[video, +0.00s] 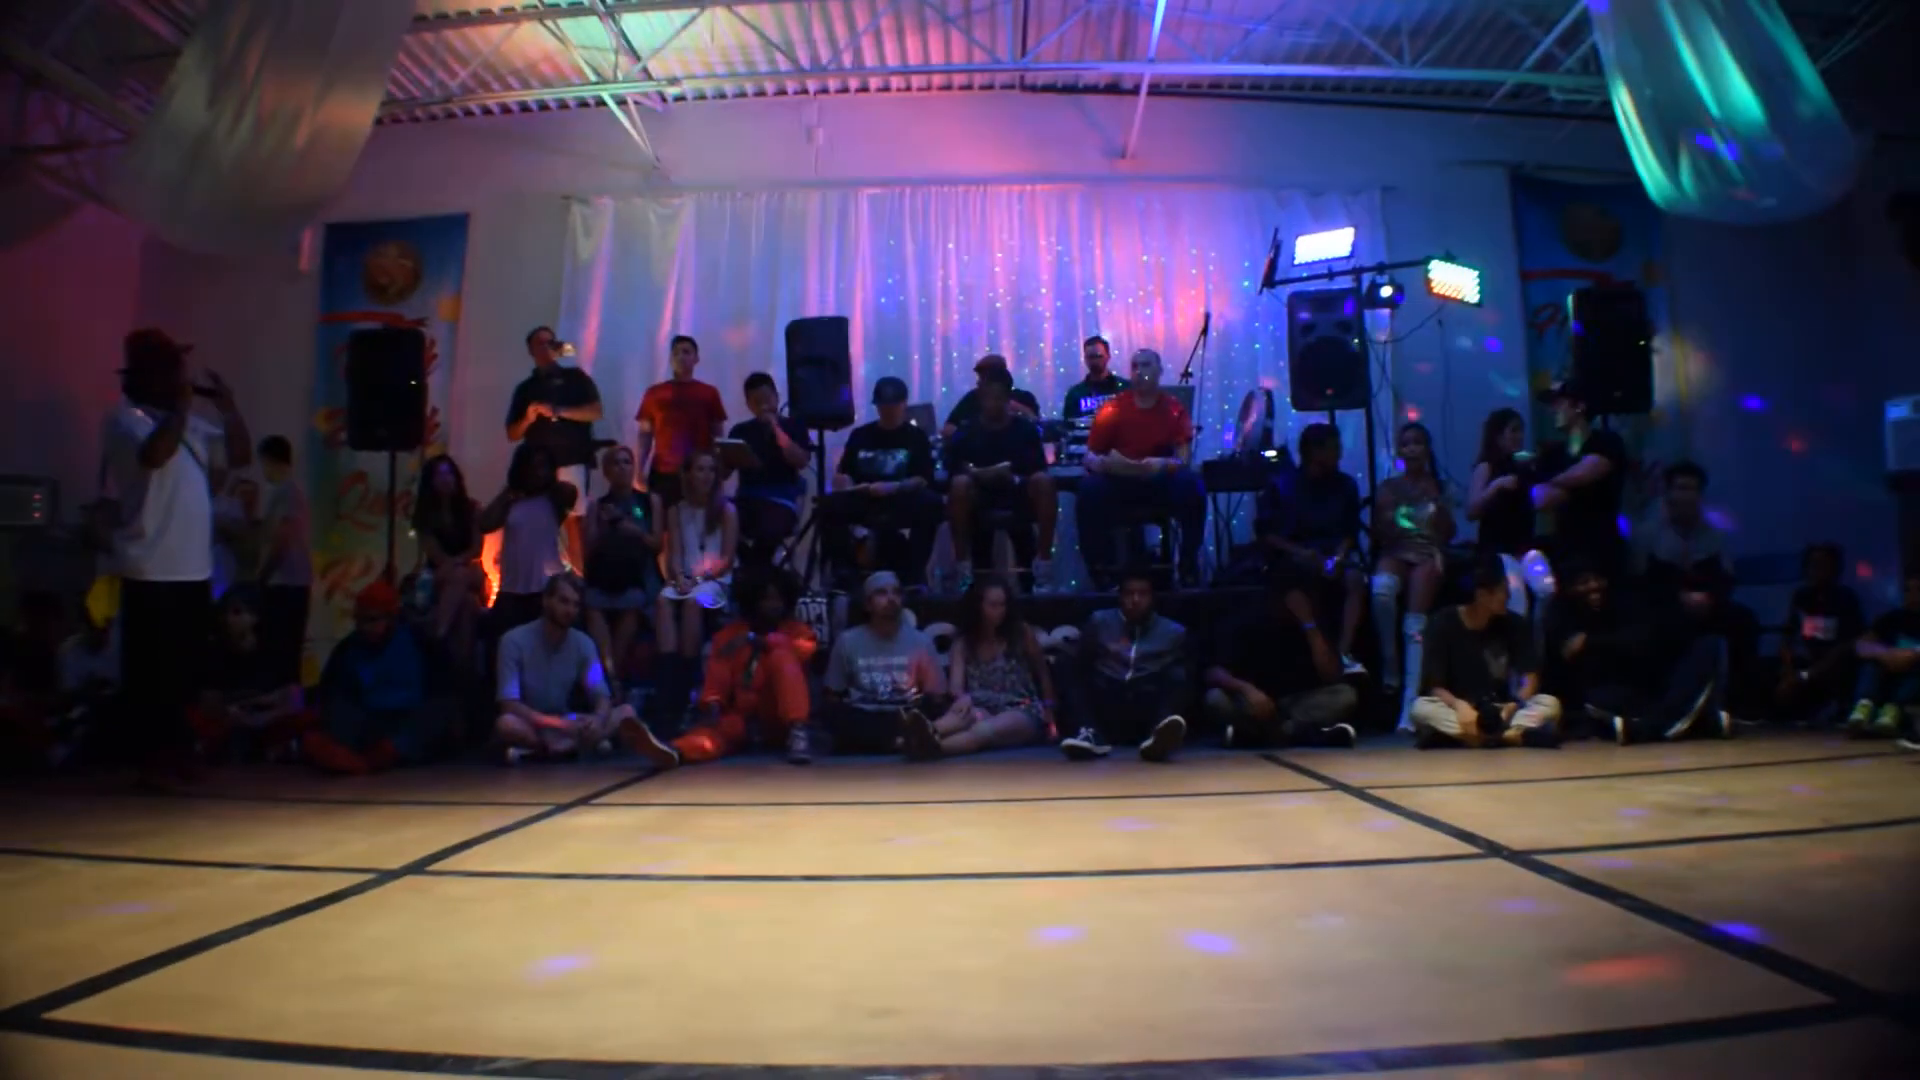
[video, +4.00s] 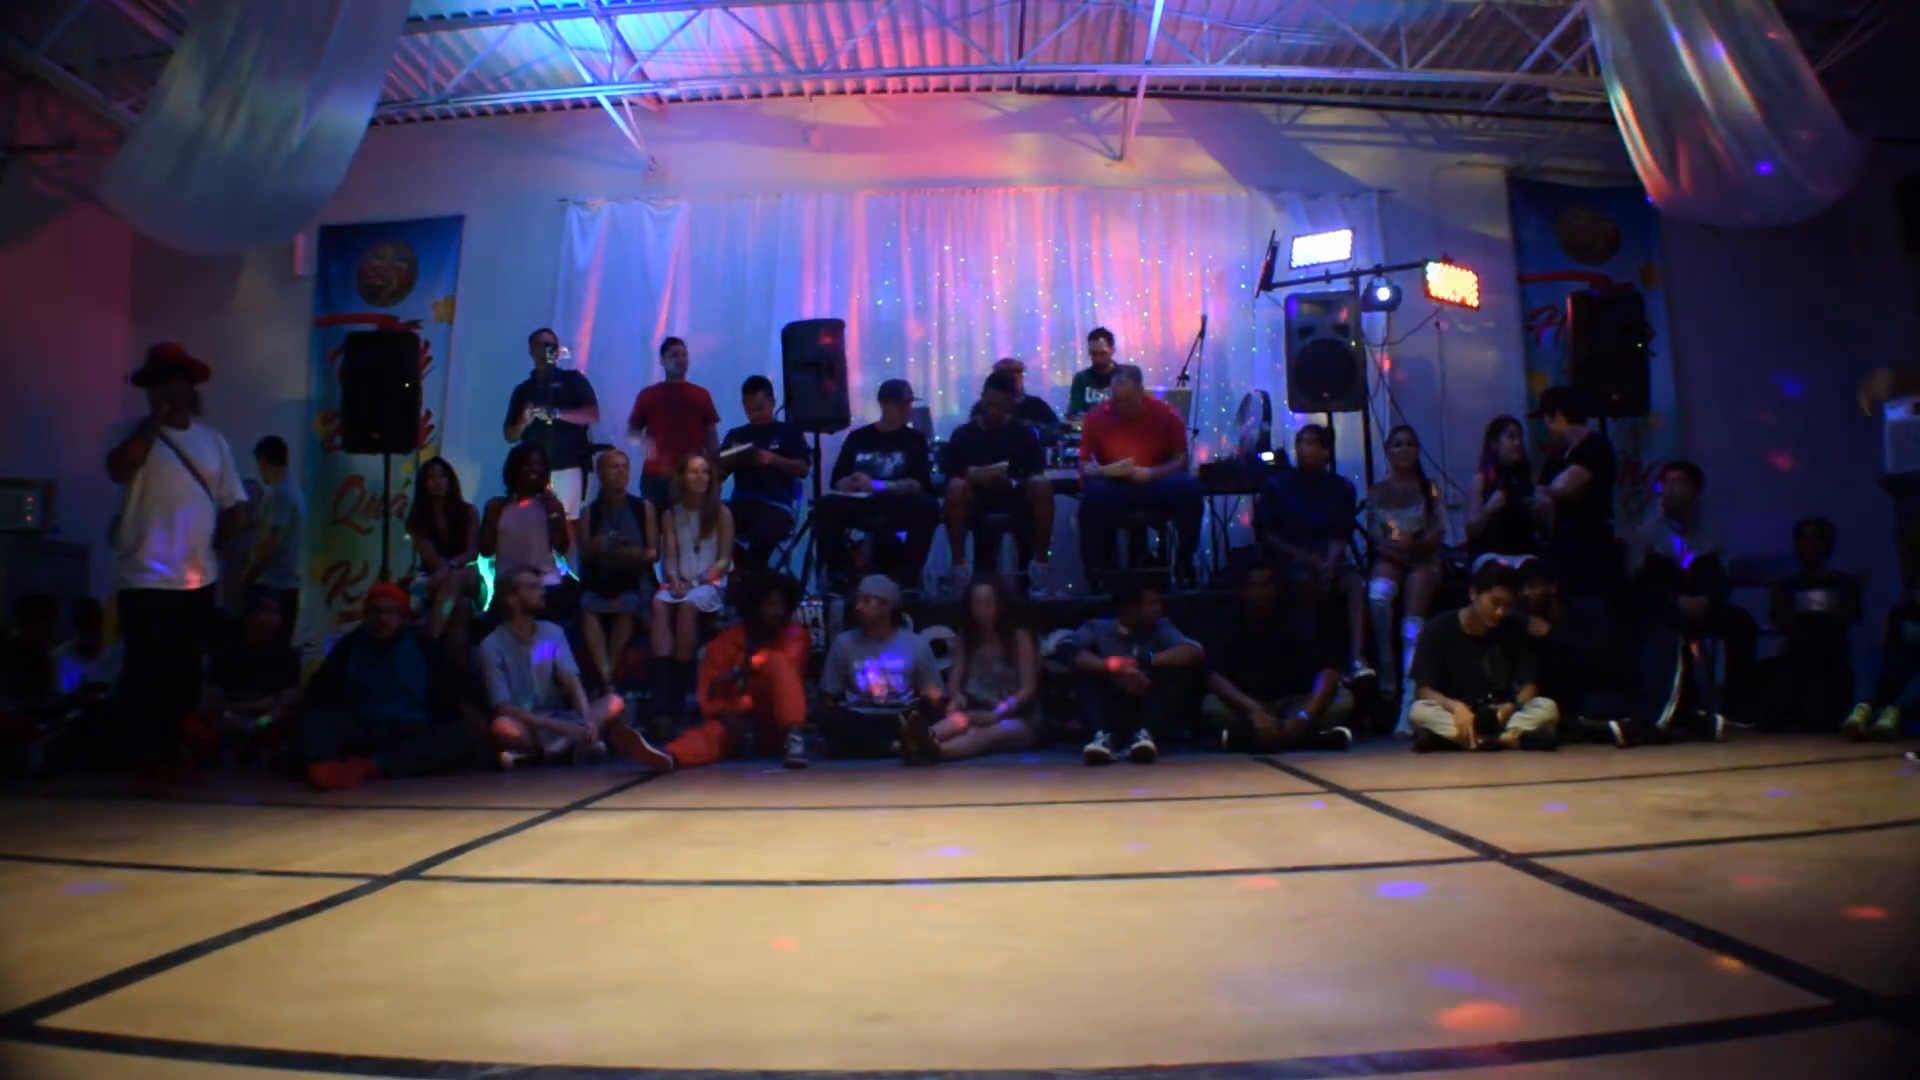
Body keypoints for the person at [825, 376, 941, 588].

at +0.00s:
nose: (889, 412)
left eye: (894, 406)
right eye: (884, 406)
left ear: (904, 405)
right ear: (876, 406)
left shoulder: (916, 436)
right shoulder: (860, 436)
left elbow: (924, 478)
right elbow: (840, 478)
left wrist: (892, 487)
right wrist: (861, 489)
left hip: (903, 499)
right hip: (865, 499)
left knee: (930, 505)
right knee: (830, 505)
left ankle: (914, 575)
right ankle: (843, 575)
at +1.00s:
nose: (884, 411)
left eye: (889, 405)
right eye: (879, 405)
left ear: (900, 405)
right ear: (872, 407)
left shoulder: (914, 439)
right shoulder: (858, 439)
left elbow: (925, 481)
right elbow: (844, 478)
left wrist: (895, 489)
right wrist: (840, 484)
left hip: (900, 501)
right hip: (862, 501)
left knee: (930, 507)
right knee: (829, 508)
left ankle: (910, 578)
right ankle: (843, 577)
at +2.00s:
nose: (887, 403)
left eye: (891, 397)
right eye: (881, 398)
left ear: (897, 400)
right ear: (870, 403)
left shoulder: (910, 439)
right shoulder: (854, 441)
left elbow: (918, 483)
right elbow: (837, 485)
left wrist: (878, 486)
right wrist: (852, 484)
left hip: (897, 502)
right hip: (861, 503)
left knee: (928, 508)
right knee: (827, 507)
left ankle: (908, 579)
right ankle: (841, 578)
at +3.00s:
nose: (894, 403)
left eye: (897, 397)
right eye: (887, 398)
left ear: (903, 401)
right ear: (875, 403)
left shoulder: (914, 439)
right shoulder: (857, 439)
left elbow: (919, 483)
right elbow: (838, 481)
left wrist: (874, 485)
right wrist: (847, 484)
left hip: (897, 501)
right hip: (860, 501)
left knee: (927, 508)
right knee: (826, 506)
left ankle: (907, 580)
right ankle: (840, 578)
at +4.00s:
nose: (909, 408)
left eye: (910, 403)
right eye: (904, 403)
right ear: (886, 405)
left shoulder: (915, 440)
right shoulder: (857, 438)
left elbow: (919, 484)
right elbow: (836, 482)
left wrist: (875, 485)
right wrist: (851, 483)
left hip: (898, 503)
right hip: (860, 503)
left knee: (927, 508)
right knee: (825, 507)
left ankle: (910, 579)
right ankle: (839, 576)